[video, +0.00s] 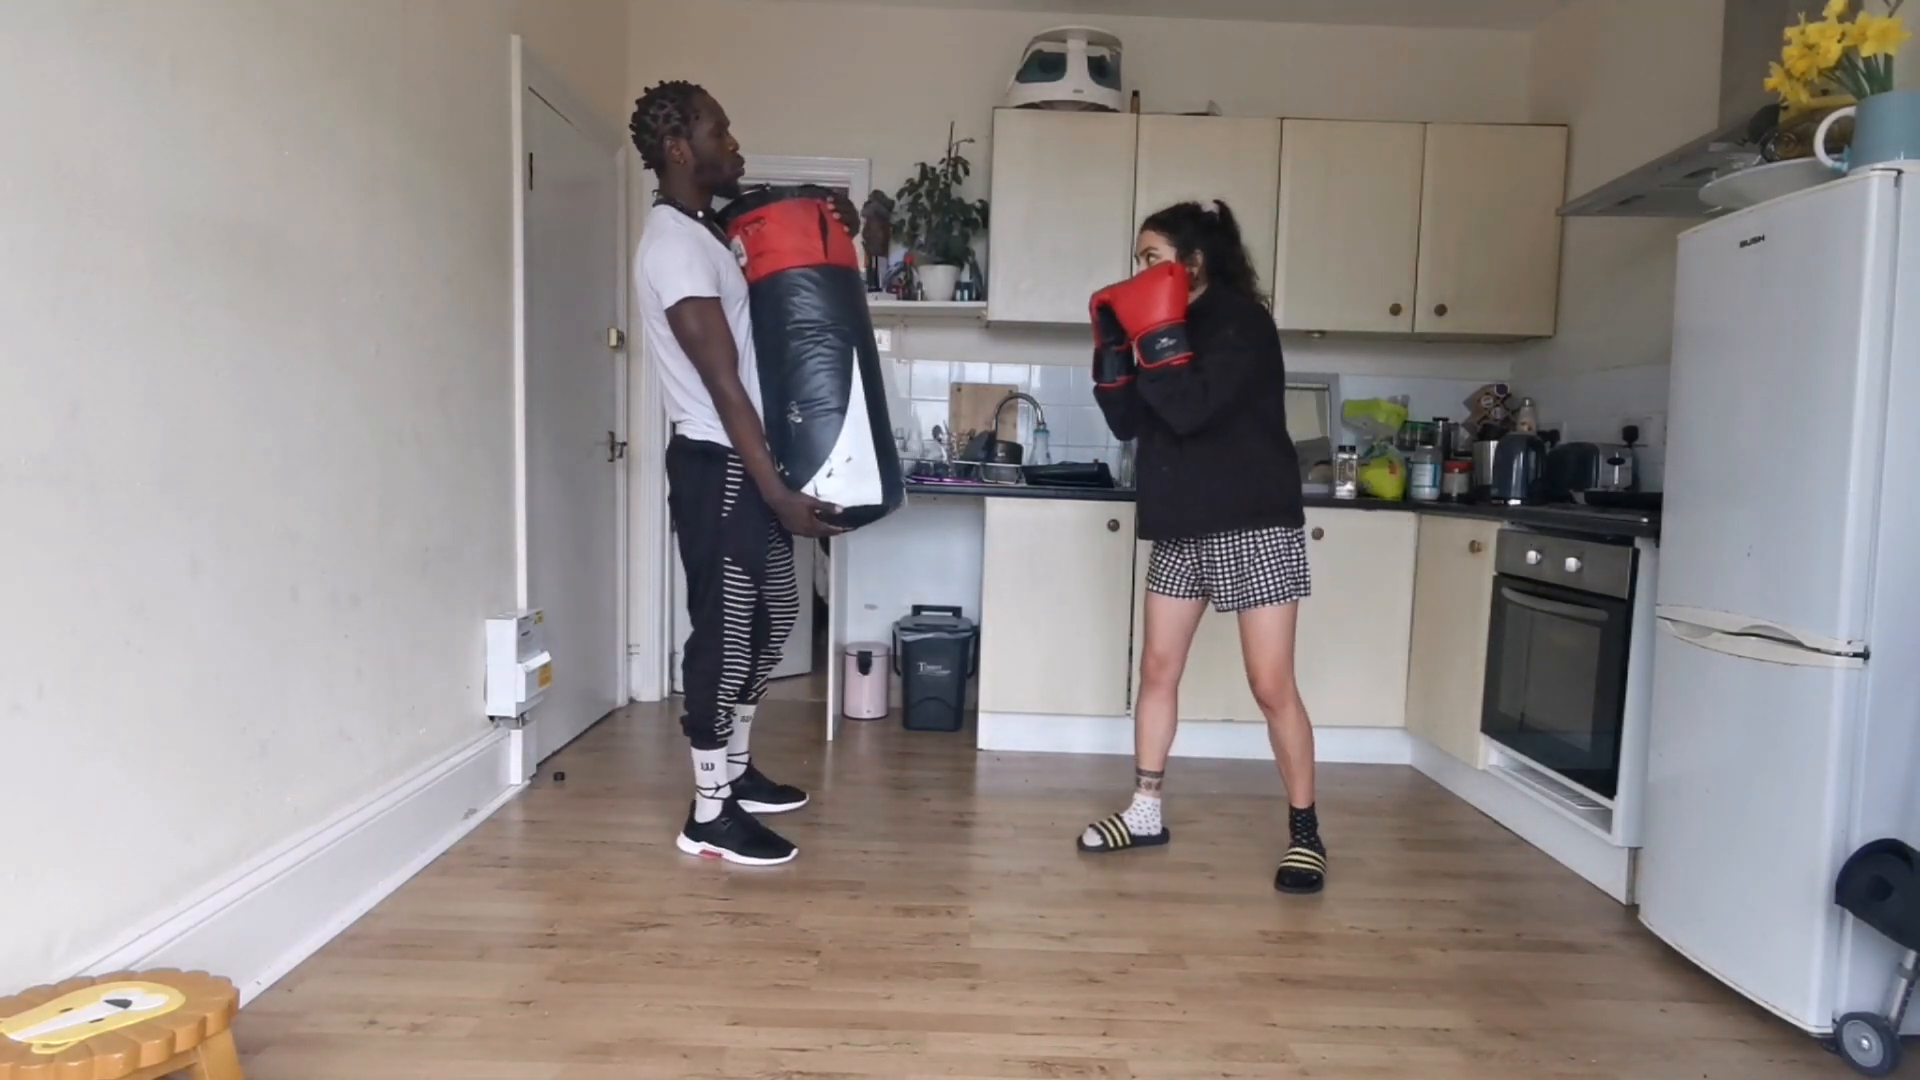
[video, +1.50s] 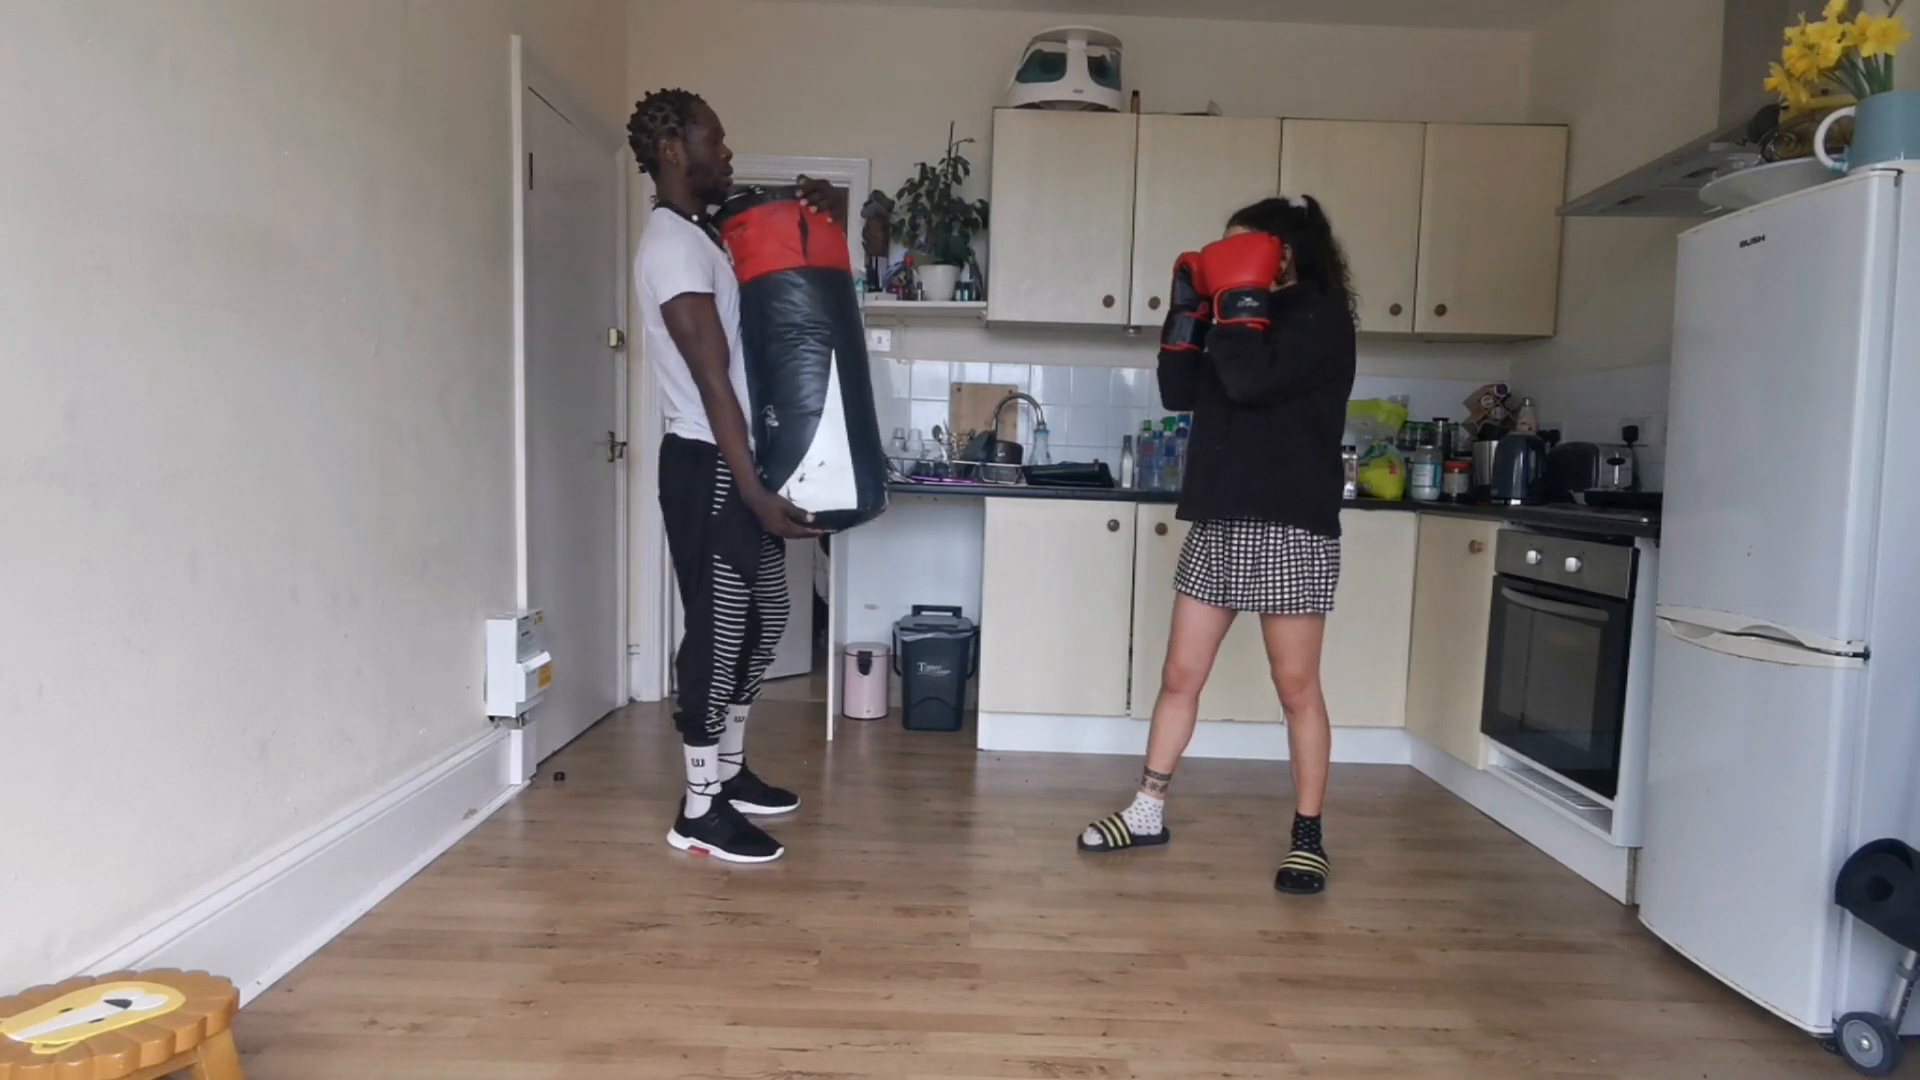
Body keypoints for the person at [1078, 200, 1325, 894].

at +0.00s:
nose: (1143, 270)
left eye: (1153, 258)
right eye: (1139, 259)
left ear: (1197, 259)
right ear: (1156, 265)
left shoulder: (1242, 320)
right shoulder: (1162, 326)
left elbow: (1191, 410)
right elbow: (1127, 422)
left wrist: (1159, 332)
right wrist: (1111, 342)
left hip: (1257, 518)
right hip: (1180, 520)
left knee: (1272, 686)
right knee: (1158, 668)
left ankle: (1304, 834)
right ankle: (1146, 810)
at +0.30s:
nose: (1176, 266)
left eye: (1186, 253)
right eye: (1174, 256)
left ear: (1228, 254)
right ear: (1194, 260)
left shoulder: (1273, 315)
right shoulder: (1194, 324)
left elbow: (1228, 406)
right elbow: (1158, 424)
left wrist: (1190, 327)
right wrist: (1140, 341)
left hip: (1285, 518)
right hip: (1209, 520)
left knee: (1292, 686)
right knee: (1173, 671)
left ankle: (1306, 836)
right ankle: (1147, 810)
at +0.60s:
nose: (1207, 264)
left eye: (1221, 250)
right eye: (1204, 252)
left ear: (1264, 250)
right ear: (1209, 256)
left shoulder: (1307, 314)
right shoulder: (1216, 323)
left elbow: (1249, 390)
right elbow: (1168, 404)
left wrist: (1228, 313)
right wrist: (1164, 323)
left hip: (1294, 517)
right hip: (1215, 517)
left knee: (1299, 687)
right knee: (1185, 676)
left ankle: (1307, 833)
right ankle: (1148, 810)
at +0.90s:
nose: (1234, 256)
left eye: (1247, 242)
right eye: (1233, 243)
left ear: (1286, 250)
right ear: (1242, 258)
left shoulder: (1322, 317)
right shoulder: (1232, 319)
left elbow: (1250, 379)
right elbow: (1168, 386)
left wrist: (1241, 304)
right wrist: (1184, 300)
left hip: (1293, 520)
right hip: (1213, 516)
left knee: (1298, 688)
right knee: (1185, 677)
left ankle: (1307, 833)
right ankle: (1148, 810)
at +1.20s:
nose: (1245, 259)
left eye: (1258, 245)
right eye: (1243, 246)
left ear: (1297, 254)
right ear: (1250, 260)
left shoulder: (1328, 317)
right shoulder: (1239, 316)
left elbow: (1253, 380)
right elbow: (1177, 389)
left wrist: (1247, 303)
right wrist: (1192, 302)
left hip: (1293, 517)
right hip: (1216, 513)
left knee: (1297, 686)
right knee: (1185, 677)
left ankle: (1308, 834)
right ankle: (1148, 809)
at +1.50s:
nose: (1237, 261)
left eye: (1249, 248)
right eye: (1235, 248)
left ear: (1288, 255)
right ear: (1248, 262)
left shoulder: (1323, 318)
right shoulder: (1237, 319)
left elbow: (1247, 382)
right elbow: (1177, 392)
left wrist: (1241, 304)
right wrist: (1186, 305)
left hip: (1293, 518)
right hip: (1218, 514)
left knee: (1297, 684)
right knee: (1180, 674)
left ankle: (1307, 835)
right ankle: (1148, 810)